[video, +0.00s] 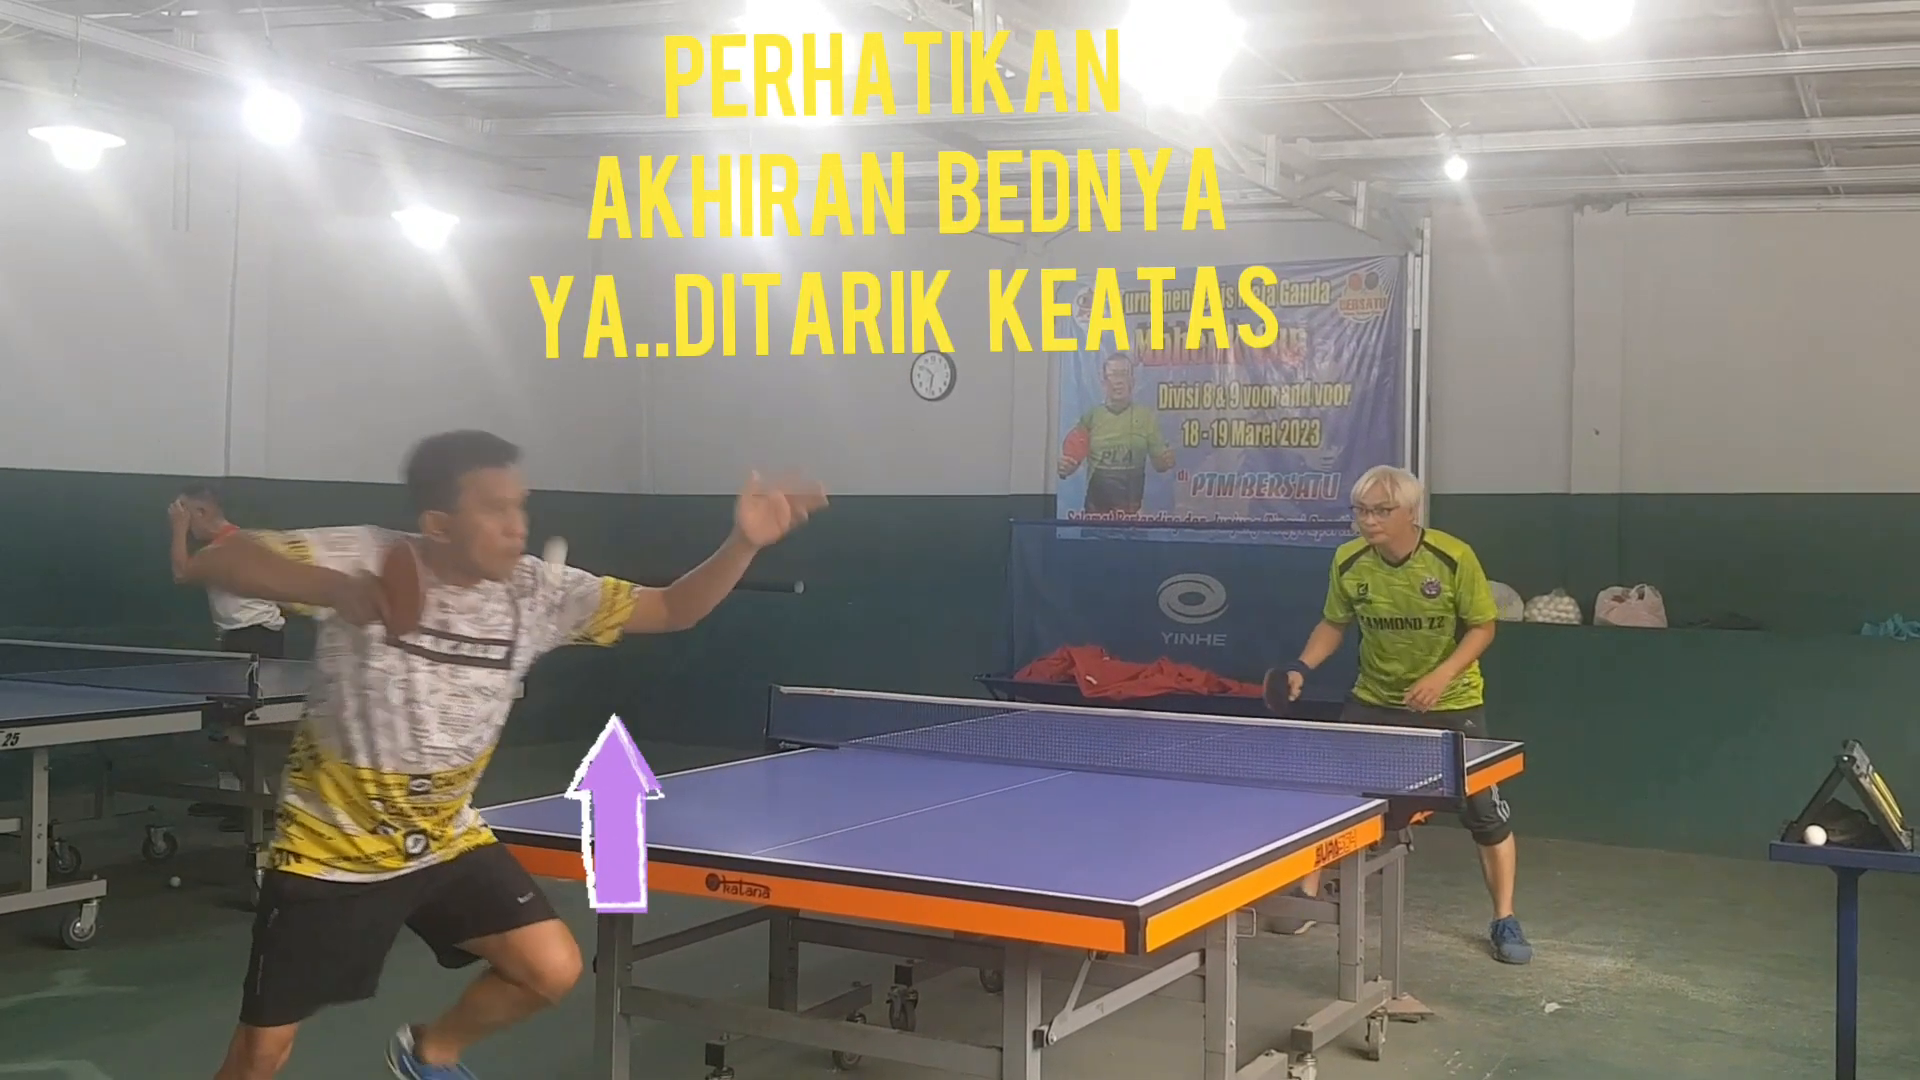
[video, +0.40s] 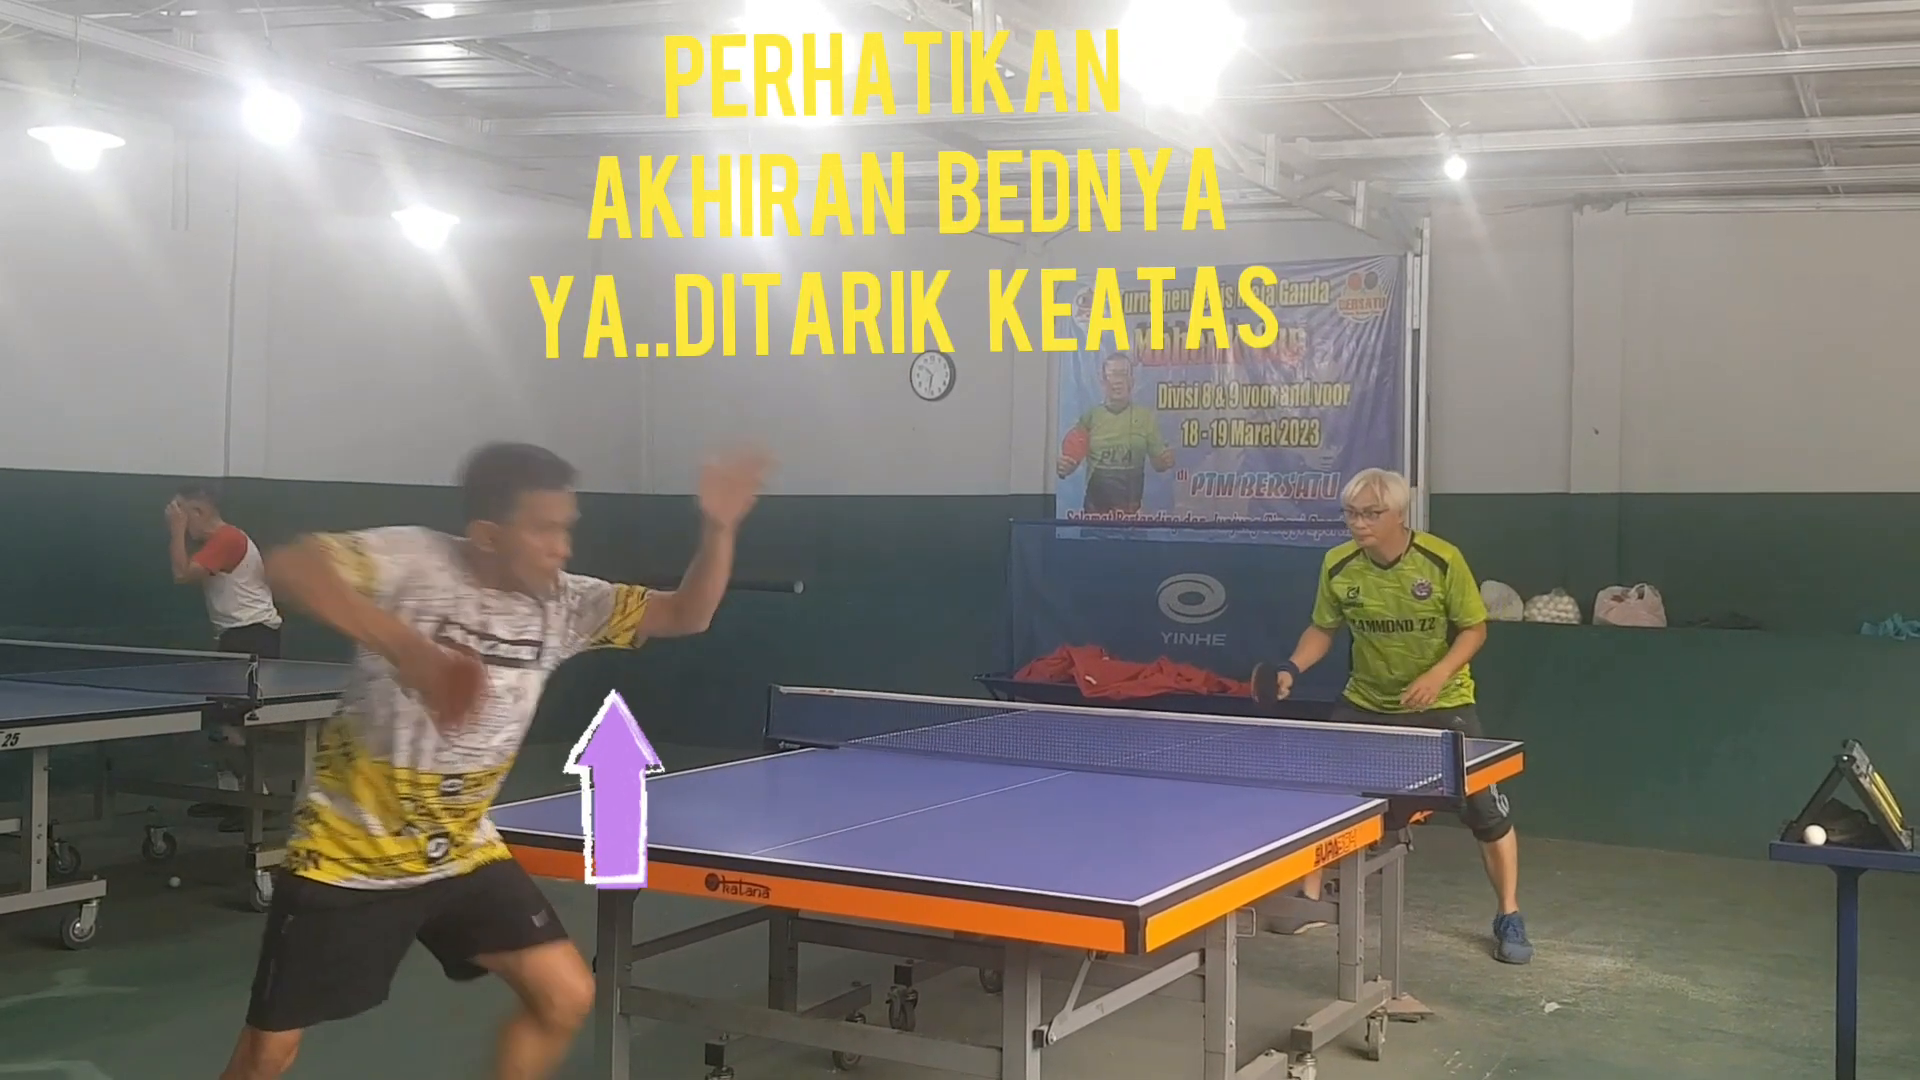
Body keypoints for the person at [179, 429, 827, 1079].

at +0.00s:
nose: (518, 527)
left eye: (520, 508)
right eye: (497, 509)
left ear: (520, 515)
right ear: (434, 518)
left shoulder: (538, 590)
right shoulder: (371, 559)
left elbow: (671, 609)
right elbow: (208, 559)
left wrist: (745, 544)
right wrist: (350, 591)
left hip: (445, 835)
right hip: (328, 842)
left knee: (551, 971)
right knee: (261, 1051)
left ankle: (429, 1052)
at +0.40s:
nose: (564, 548)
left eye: (568, 529)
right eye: (547, 529)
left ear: (565, 530)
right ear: (487, 532)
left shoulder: (566, 602)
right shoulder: (411, 558)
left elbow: (689, 612)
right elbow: (290, 565)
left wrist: (719, 531)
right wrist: (411, 652)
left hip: (459, 844)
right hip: (346, 846)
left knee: (565, 996)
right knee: (267, 1054)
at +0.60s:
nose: (620, 582)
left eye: (624, 565)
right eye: (612, 561)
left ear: (568, 560)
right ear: (552, 554)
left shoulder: (590, 627)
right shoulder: (459, 572)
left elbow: (685, 639)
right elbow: (343, 605)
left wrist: (681, 533)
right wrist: (474, 660)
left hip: (485, 871)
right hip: (370, 868)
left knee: (578, 1029)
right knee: (293, 1062)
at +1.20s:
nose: (676, 625)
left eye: (681, 609)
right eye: (672, 605)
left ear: (625, 601)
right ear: (624, 596)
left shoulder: (615, 671)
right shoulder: (504, 604)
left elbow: (703, 710)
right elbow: (374, 679)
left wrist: (702, 591)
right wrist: (491, 608)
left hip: (506, 892)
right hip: (401, 887)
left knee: (611, 1034)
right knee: (353, 1071)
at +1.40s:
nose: (686, 635)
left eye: (692, 619)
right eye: (684, 615)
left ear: (636, 610)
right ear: (637, 605)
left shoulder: (625, 684)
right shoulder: (512, 611)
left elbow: (712, 729)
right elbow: (380, 689)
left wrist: (718, 614)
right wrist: (475, 607)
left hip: (508, 894)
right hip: (407, 887)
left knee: (615, 1037)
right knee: (370, 1071)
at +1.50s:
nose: (693, 641)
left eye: (698, 626)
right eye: (692, 621)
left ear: (646, 614)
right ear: (648, 612)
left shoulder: (632, 687)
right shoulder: (517, 615)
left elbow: (715, 746)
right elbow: (385, 695)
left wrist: (730, 635)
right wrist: (466, 613)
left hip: (510, 897)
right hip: (411, 886)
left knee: (618, 1035)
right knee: (383, 1072)